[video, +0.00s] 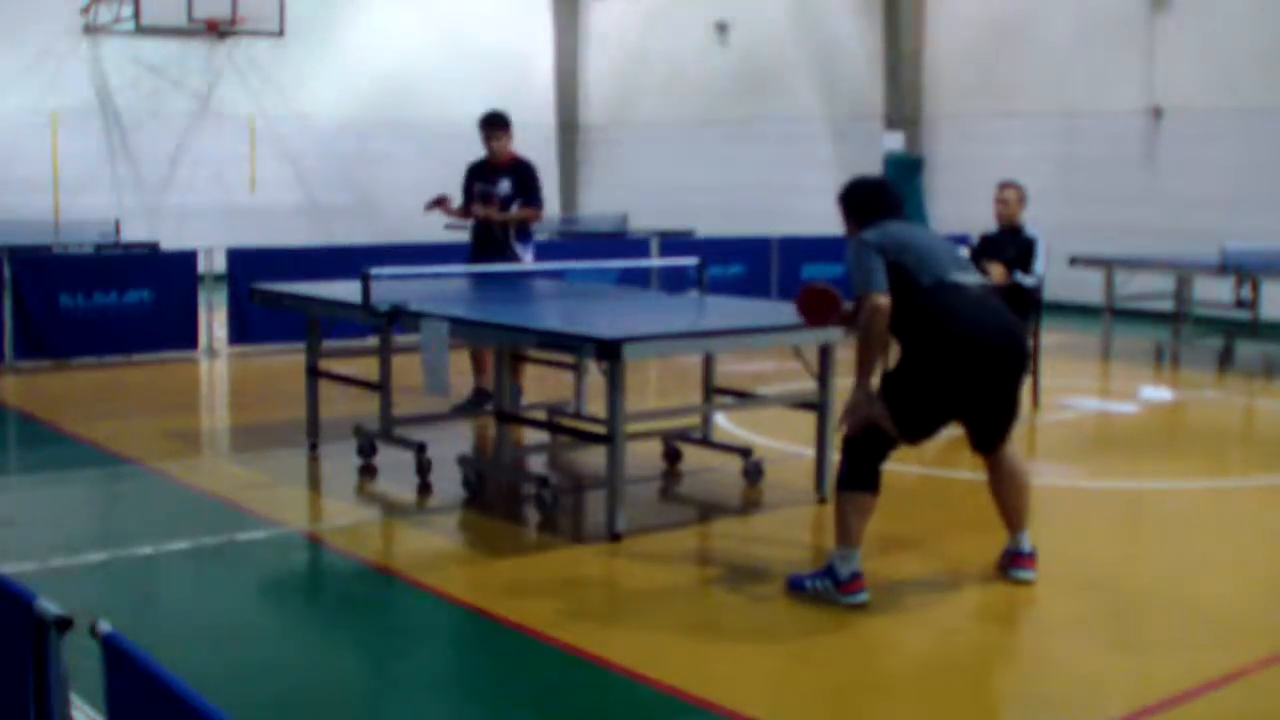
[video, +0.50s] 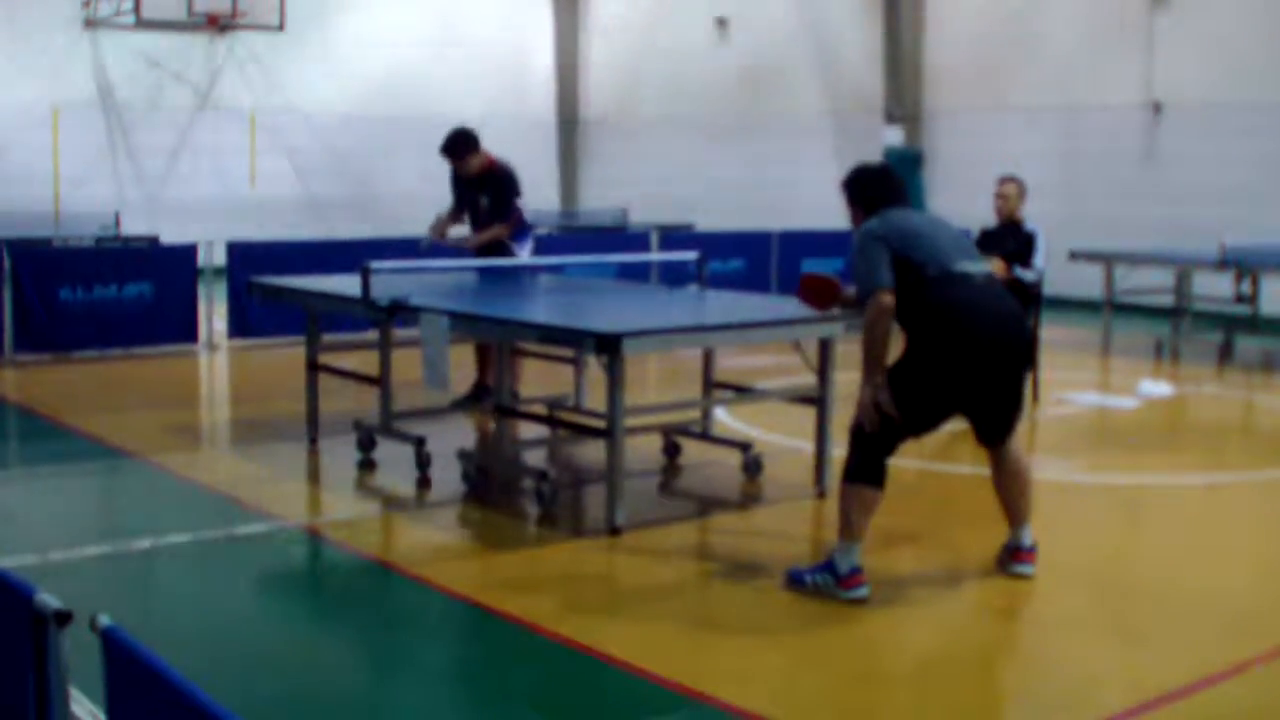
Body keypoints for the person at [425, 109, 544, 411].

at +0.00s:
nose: (494, 144)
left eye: (499, 138)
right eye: (489, 138)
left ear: (509, 137)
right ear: (482, 138)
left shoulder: (523, 170)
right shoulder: (475, 171)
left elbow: (534, 212)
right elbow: (470, 212)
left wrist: (499, 216)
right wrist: (448, 210)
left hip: (514, 260)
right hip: (481, 259)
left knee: (514, 328)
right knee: (478, 327)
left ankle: (513, 389)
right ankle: (482, 388)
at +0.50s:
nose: (457, 168)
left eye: (461, 162)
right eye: (454, 163)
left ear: (476, 154)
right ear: (454, 158)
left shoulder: (501, 175)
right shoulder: (460, 173)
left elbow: (508, 225)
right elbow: (460, 209)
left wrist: (473, 240)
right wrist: (444, 223)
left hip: (512, 256)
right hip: (484, 256)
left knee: (508, 326)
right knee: (483, 325)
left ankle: (509, 388)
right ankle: (483, 383)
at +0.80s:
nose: (452, 201)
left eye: (453, 195)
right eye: (449, 197)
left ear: (462, 184)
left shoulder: (490, 194)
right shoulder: (471, 190)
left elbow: (492, 249)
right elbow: (459, 230)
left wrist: (457, 265)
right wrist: (443, 256)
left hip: (520, 256)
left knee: (512, 329)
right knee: (501, 328)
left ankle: (510, 391)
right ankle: (501, 389)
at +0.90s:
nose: (455, 204)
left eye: (455, 198)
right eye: (452, 201)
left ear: (465, 185)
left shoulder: (493, 195)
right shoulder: (472, 189)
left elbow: (498, 247)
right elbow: (460, 229)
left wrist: (463, 261)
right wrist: (443, 254)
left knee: (511, 329)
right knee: (501, 328)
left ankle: (510, 388)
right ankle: (501, 387)